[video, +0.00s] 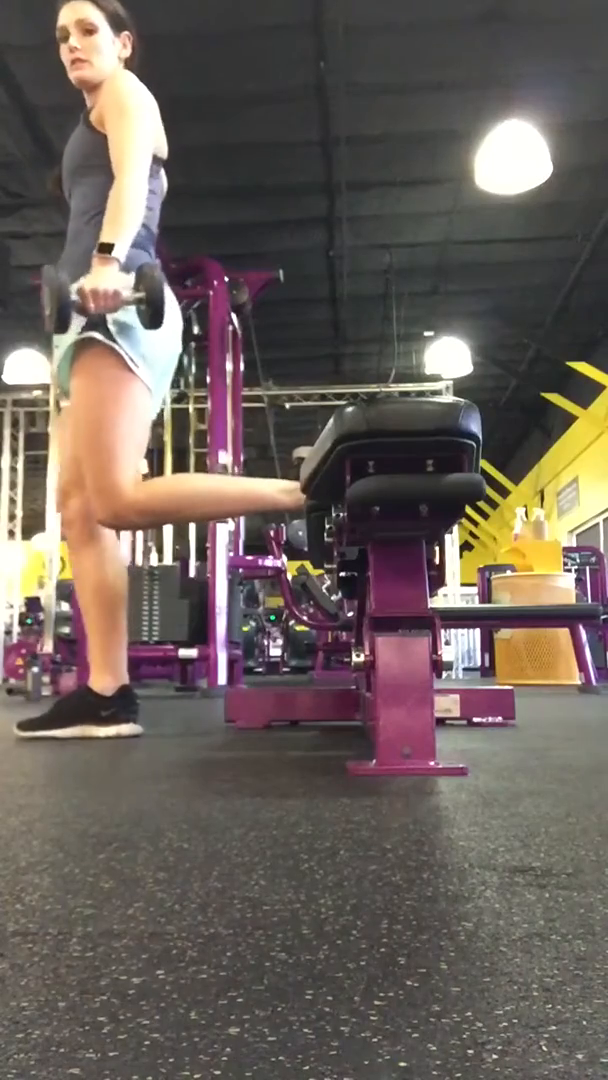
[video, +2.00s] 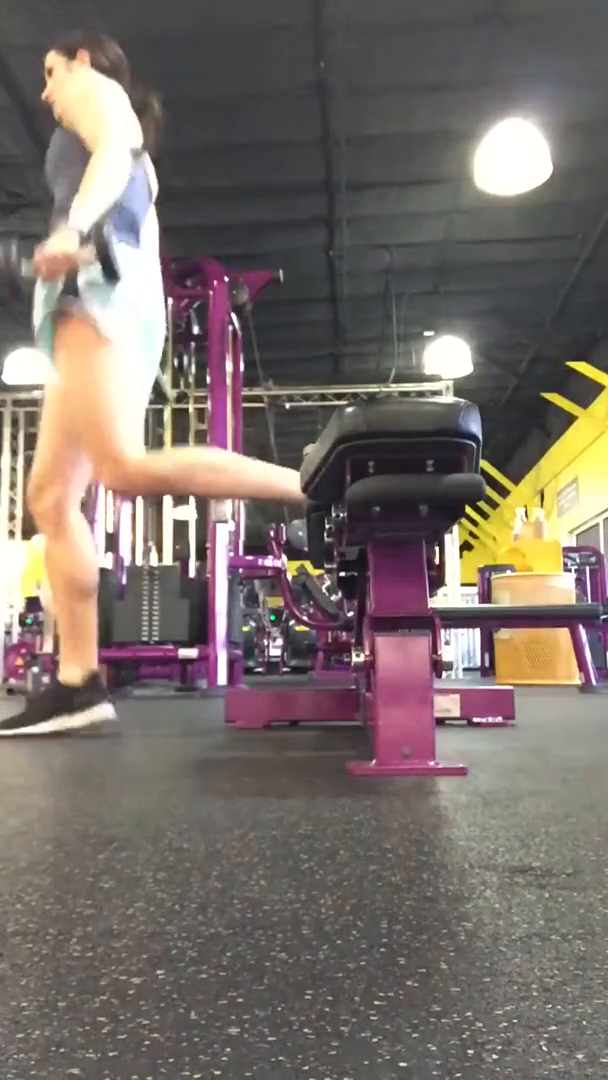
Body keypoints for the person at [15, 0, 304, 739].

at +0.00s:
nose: (72, 45)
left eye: (86, 31)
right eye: (63, 37)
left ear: (123, 43)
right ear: (63, 53)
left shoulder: (124, 92)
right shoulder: (101, 114)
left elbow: (131, 181)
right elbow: (108, 213)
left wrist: (109, 262)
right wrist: (70, 277)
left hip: (126, 306)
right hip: (96, 316)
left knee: (115, 498)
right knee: (78, 510)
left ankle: (301, 491)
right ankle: (107, 691)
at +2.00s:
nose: (46, 89)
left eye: (52, 73)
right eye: (45, 78)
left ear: (84, 65)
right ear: (103, 71)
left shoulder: (91, 90)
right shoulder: (121, 138)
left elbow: (119, 148)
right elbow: (138, 253)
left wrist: (72, 228)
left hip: (104, 296)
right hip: (110, 309)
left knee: (123, 467)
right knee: (51, 498)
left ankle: (314, 486)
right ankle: (77, 682)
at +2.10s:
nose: (39, 92)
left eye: (46, 77)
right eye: (40, 80)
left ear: (79, 71)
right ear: (98, 80)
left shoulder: (81, 105)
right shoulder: (124, 149)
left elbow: (98, 179)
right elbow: (142, 265)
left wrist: (63, 263)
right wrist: (146, 357)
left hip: (98, 313)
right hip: (120, 325)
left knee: (122, 497)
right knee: (37, 511)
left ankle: (311, 495)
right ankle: (77, 689)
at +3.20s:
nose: (10, 65)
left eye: (19, 51)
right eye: (14, 53)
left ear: (49, 51)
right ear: (60, 55)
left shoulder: (54, 98)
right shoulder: (82, 128)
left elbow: (61, 185)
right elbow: (90, 234)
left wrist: (30, 270)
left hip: (79, 301)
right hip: (85, 308)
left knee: (118, 492)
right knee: (22, 507)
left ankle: (307, 492)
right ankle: (38, 692)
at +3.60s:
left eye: (2, 109)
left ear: (25, 115)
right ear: (46, 123)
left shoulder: (34, 163)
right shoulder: (54, 180)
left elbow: (42, 259)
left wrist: (19, 350)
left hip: (126, 368)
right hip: (101, 392)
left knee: (135, 565)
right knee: (10, 508)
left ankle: (300, 502)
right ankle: (36, 691)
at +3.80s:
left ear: (14, 181)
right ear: (31, 187)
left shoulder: (25, 237)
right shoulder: (48, 248)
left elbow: (36, 344)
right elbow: (100, 384)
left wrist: (14, 447)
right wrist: (65, 462)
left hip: (159, 414)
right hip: (122, 435)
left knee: (168, 616)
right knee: (10, 516)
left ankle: (302, 501)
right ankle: (38, 692)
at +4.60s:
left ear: (10, 169)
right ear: (29, 176)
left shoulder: (17, 223)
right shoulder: (35, 235)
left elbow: (31, 328)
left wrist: (17, 431)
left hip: (154, 399)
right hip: (121, 422)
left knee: (156, 605)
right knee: (10, 513)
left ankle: (305, 503)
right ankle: (37, 693)